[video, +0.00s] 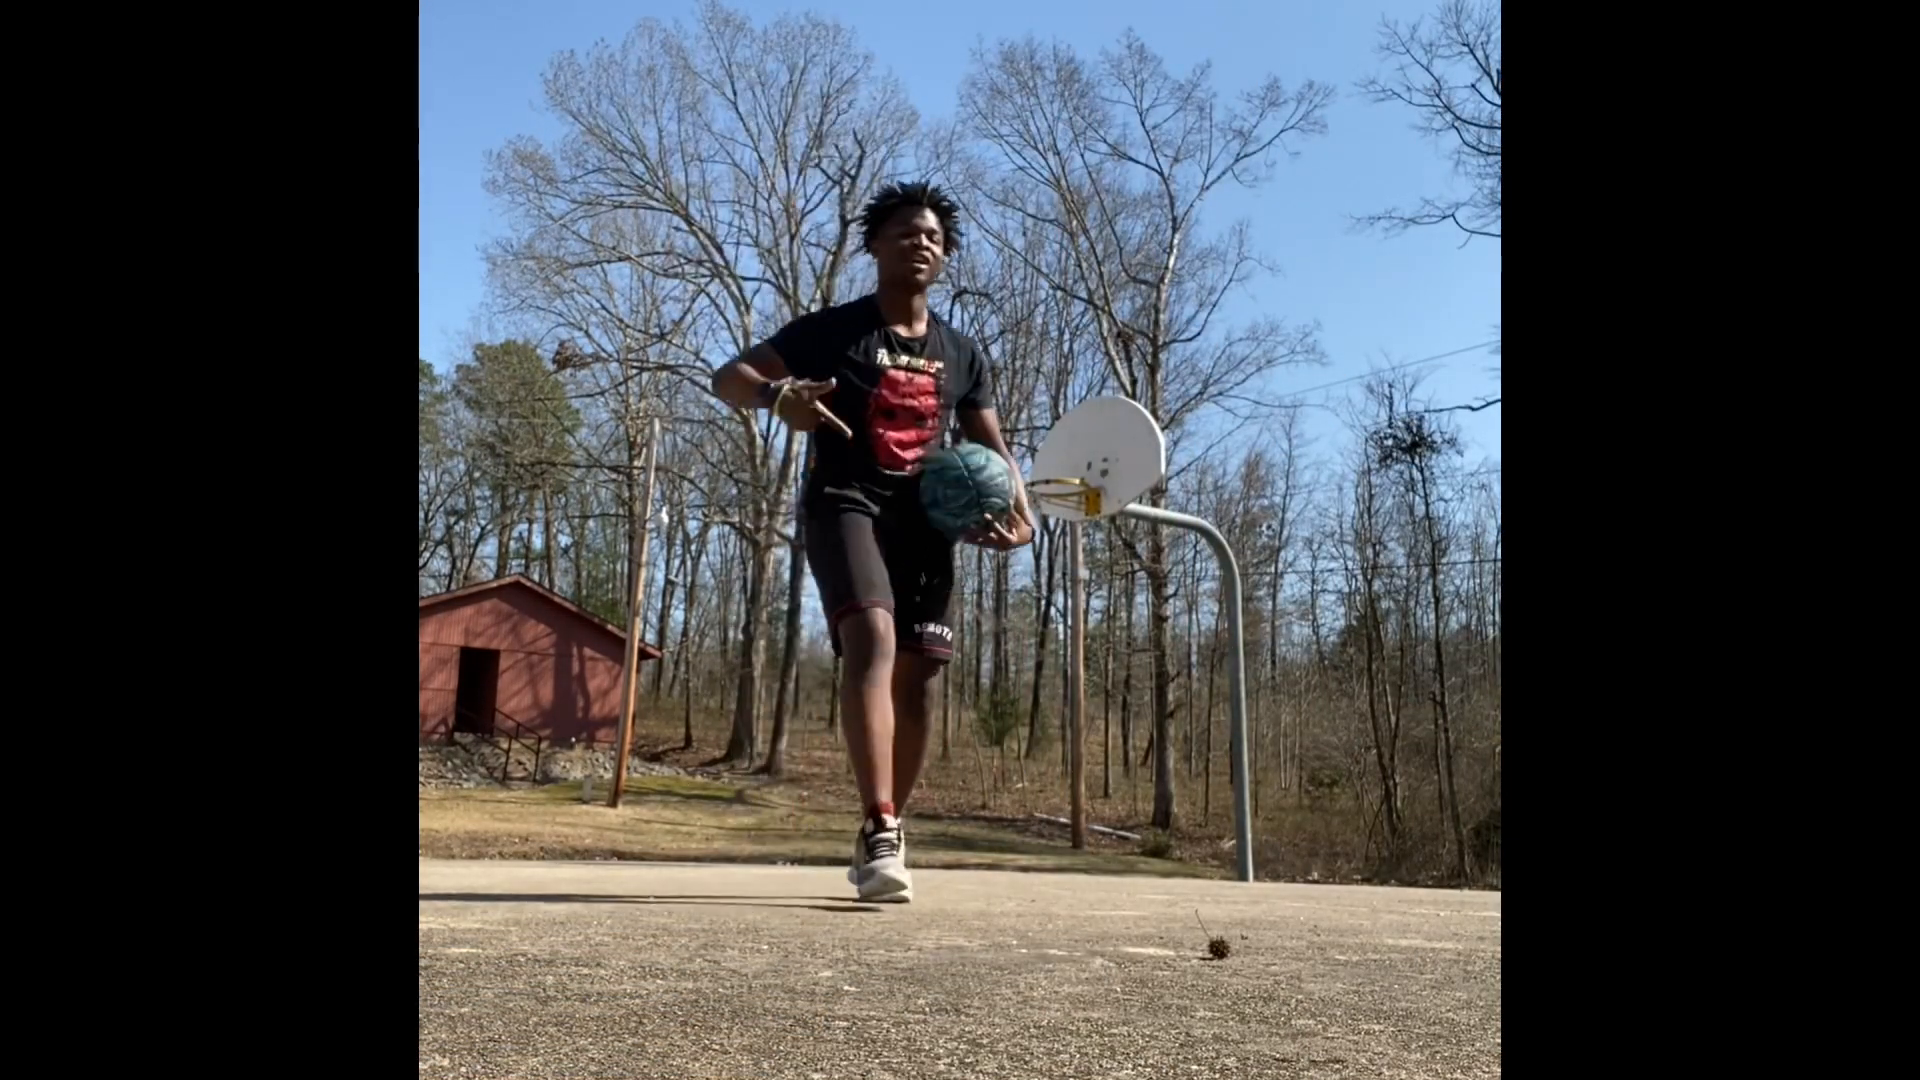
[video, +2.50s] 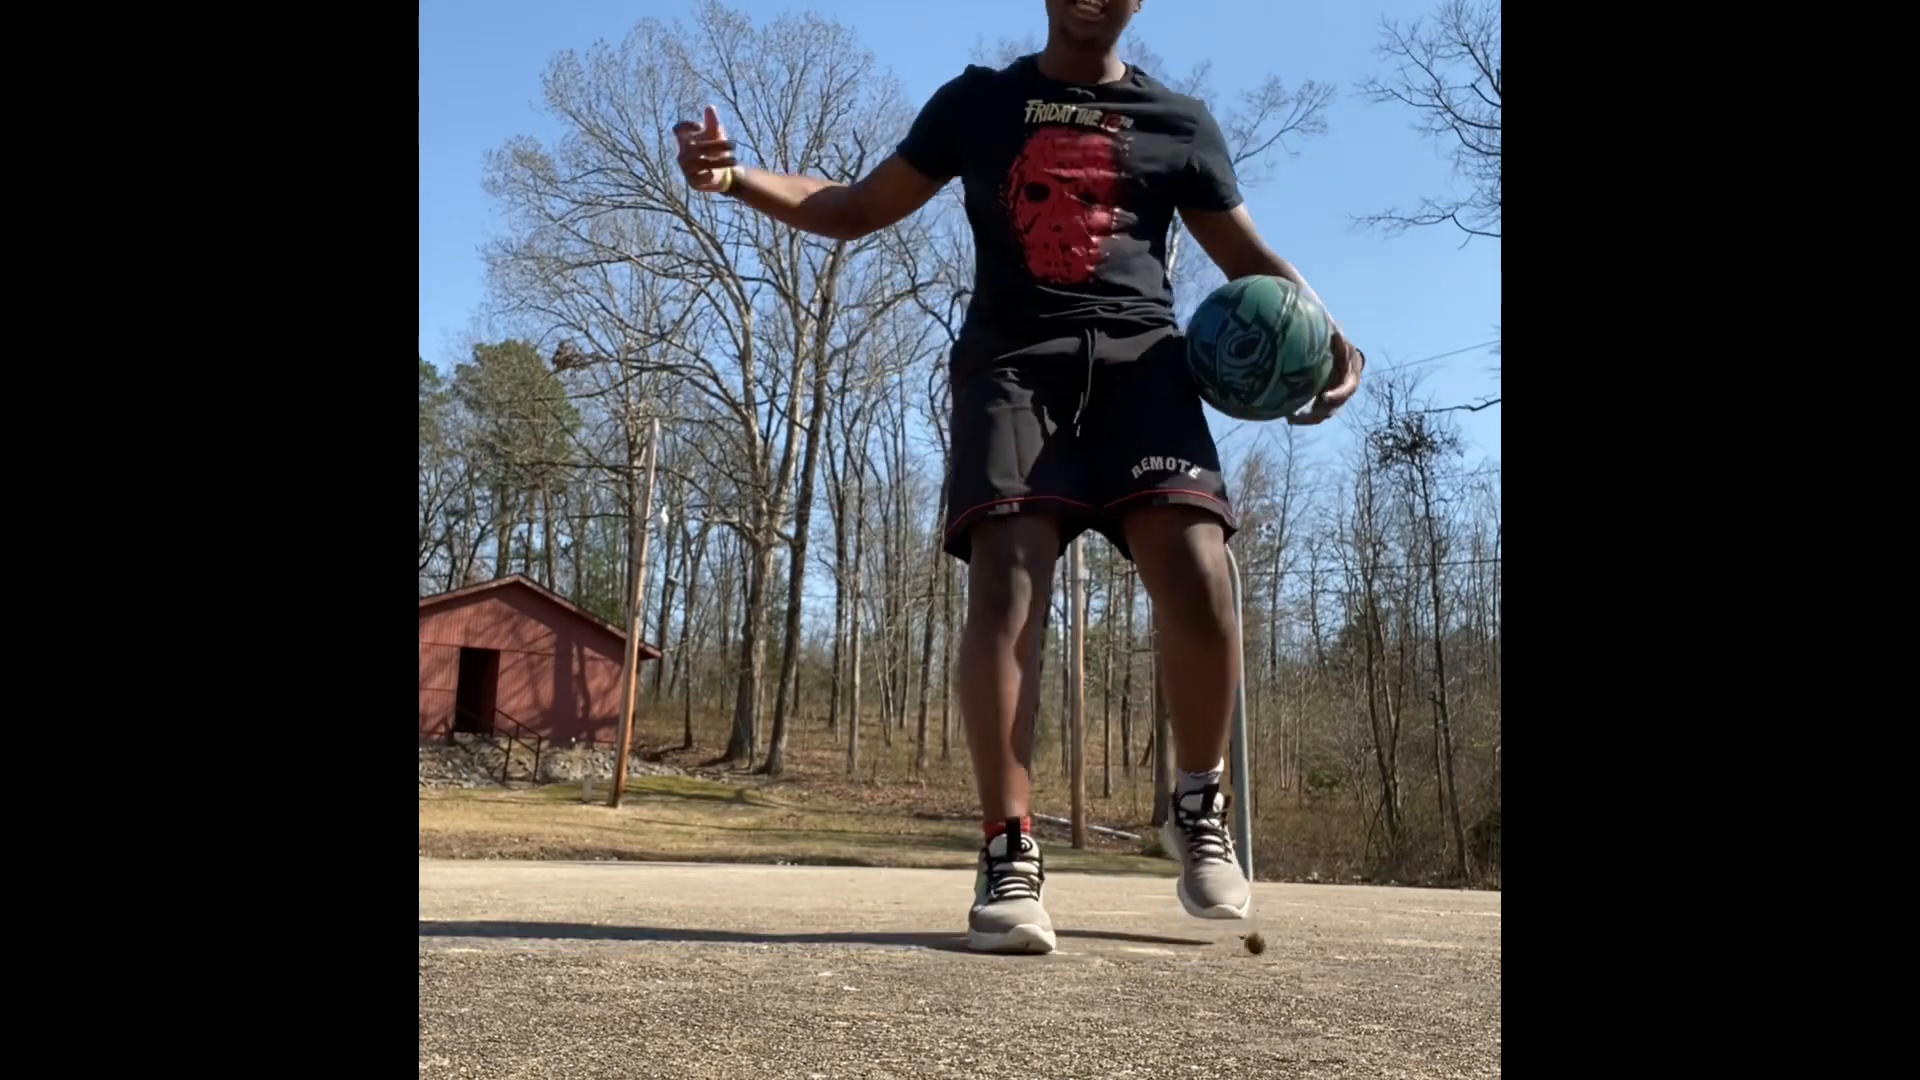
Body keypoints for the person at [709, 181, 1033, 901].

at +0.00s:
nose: (920, 245)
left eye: (931, 237)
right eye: (905, 235)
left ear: (944, 255)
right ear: (875, 249)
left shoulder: (962, 352)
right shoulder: (834, 329)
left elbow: (990, 445)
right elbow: (729, 379)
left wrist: (1020, 513)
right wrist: (776, 394)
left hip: (923, 514)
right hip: (846, 502)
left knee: (918, 678)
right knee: (874, 637)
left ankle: (883, 839)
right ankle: (881, 834)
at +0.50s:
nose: (996, 253)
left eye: (1006, 245)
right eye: (981, 238)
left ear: (1013, 259)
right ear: (942, 240)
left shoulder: (997, 354)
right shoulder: (893, 303)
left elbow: (995, 463)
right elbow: (782, 326)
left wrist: (1024, 512)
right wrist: (841, 327)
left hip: (940, 516)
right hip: (867, 495)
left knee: (905, 677)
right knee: (924, 634)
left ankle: (862, 843)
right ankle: (955, 839)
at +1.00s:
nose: (1008, 134)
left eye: (1025, 118)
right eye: (989, 119)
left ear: (1050, 126)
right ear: (960, 127)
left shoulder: (1076, 235)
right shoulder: (913, 225)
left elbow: (1131, 346)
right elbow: (850, 356)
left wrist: (1166, 426)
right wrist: (937, 445)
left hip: (1032, 459)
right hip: (922, 453)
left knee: (1057, 630)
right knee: (929, 640)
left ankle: (1010, 829)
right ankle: (939, 853)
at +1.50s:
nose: (1165, 11)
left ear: (1215, 17)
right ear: (1112, 6)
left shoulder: (1239, 153)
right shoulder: (1036, 108)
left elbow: (1280, 307)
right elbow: (902, 218)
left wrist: (1351, 394)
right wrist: (962, 269)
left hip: (1156, 399)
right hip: (1032, 394)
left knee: (1193, 587)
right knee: (1038, 609)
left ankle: (1201, 873)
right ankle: (993, 793)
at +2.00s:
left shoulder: (1201, 61)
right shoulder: (985, 74)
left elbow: (1267, 200)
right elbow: (955, 252)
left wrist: (1323, 297)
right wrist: (1034, 357)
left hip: (1164, 370)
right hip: (1026, 366)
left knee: (1197, 585)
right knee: (1016, 595)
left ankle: (1202, 873)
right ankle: (1009, 868)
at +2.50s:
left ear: (1137, 3)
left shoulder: (1176, 117)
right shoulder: (980, 102)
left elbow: (1244, 259)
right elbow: (855, 206)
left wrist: (1322, 336)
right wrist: (733, 175)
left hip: (1144, 364)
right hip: (1014, 365)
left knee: (1201, 576)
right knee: (1007, 587)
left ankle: (1200, 809)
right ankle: (1009, 859)